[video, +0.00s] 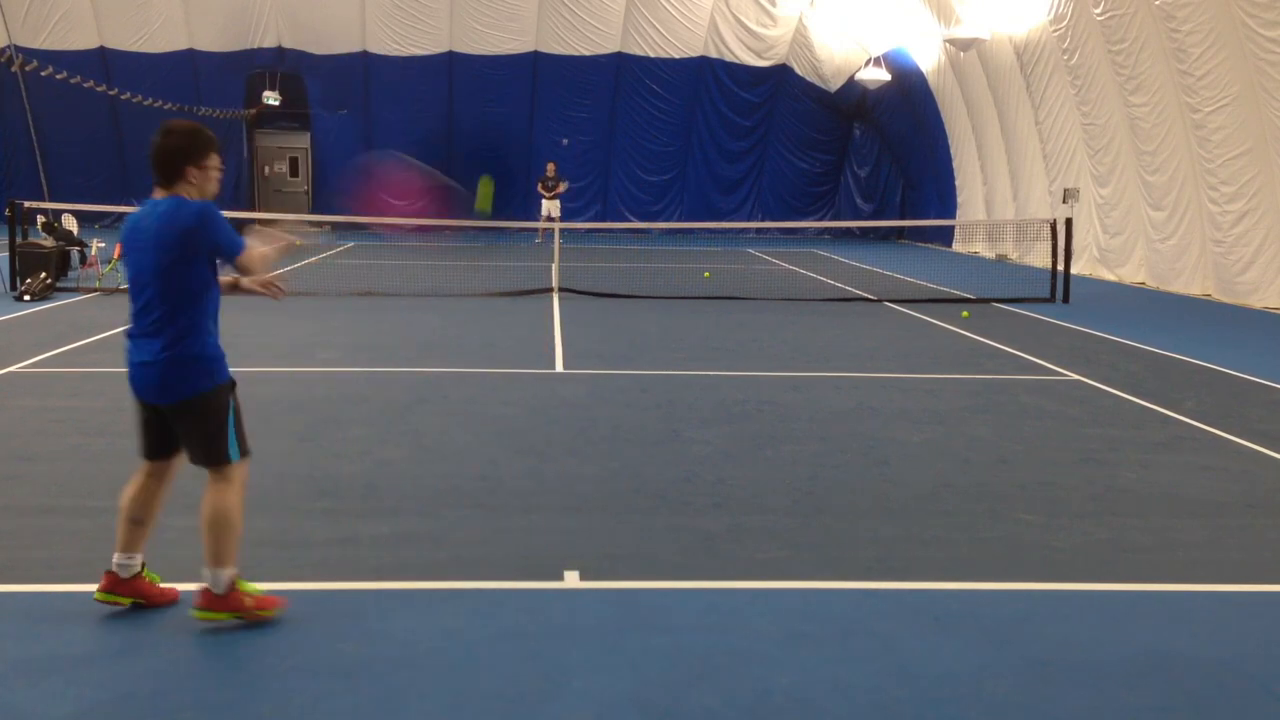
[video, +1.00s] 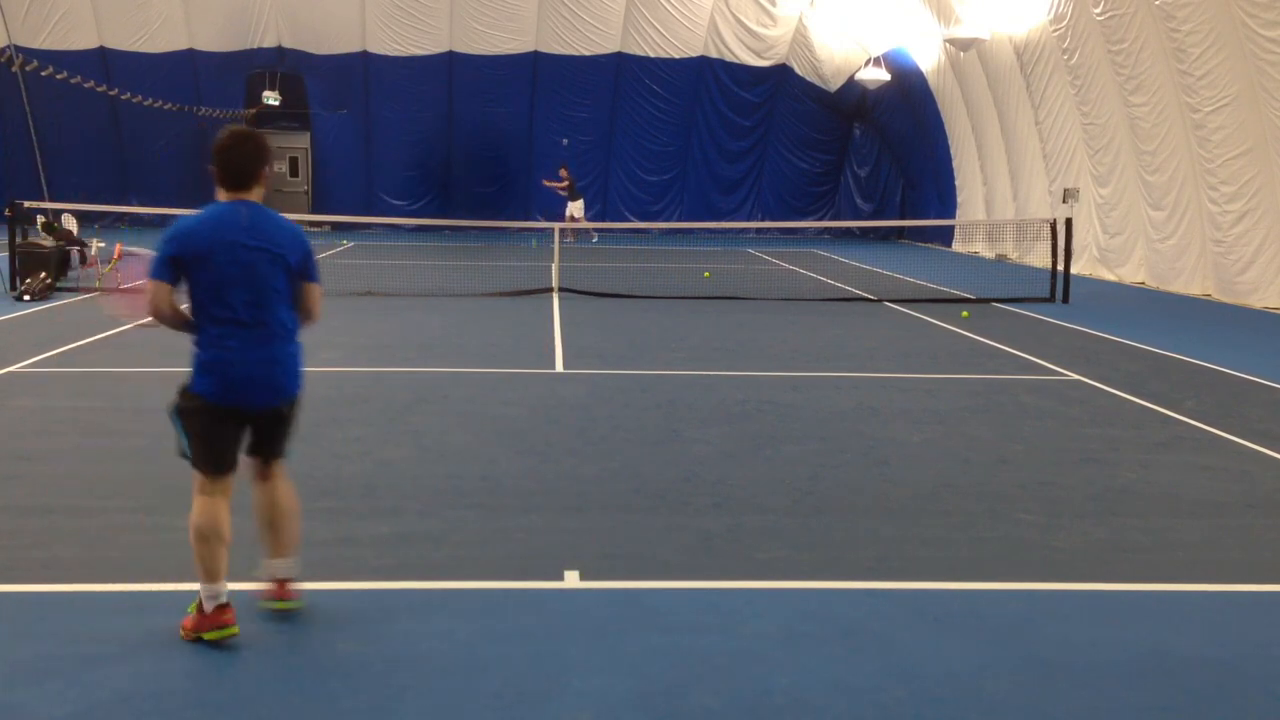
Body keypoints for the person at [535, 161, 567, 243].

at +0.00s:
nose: (550, 168)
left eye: (552, 166)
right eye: (548, 166)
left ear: (554, 168)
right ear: (546, 167)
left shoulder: (558, 178)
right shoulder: (543, 178)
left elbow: (561, 188)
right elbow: (539, 188)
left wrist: (553, 193)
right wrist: (546, 194)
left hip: (555, 200)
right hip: (545, 200)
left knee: (557, 219)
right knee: (543, 218)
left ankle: (557, 237)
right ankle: (540, 237)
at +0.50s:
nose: (556, 171)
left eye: (558, 169)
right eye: (555, 169)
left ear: (561, 170)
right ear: (553, 171)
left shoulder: (566, 179)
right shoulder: (553, 180)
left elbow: (568, 190)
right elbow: (551, 188)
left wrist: (557, 191)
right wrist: (552, 194)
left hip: (565, 201)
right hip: (556, 200)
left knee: (566, 219)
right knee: (552, 218)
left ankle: (570, 237)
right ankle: (545, 236)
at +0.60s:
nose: (558, 171)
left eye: (559, 169)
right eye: (556, 169)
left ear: (563, 169)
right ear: (555, 170)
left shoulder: (567, 178)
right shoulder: (556, 179)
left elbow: (566, 189)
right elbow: (555, 191)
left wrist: (555, 186)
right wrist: (552, 189)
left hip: (568, 200)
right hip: (560, 199)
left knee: (567, 219)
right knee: (556, 218)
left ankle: (570, 237)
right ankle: (552, 236)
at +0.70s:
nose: (558, 170)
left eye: (560, 168)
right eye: (557, 168)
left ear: (563, 168)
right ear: (556, 169)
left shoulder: (567, 176)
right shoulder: (559, 177)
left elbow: (561, 185)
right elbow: (555, 188)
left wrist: (551, 180)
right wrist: (548, 181)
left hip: (571, 198)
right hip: (563, 198)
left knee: (569, 216)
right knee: (561, 216)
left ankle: (571, 237)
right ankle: (563, 236)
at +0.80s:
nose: (559, 170)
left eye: (561, 168)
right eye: (558, 168)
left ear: (564, 168)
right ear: (557, 169)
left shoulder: (566, 176)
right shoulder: (560, 177)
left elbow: (559, 183)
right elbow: (551, 185)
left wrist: (550, 175)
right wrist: (549, 177)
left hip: (573, 198)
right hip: (566, 198)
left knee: (574, 217)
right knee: (566, 217)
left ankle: (577, 236)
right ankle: (568, 235)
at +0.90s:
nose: (560, 172)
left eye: (561, 170)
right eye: (559, 170)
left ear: (565, 170)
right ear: (558, 171)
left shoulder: (567, 178)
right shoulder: (563, 179)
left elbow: (558, 183)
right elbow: (557, 187)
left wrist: (548, 176)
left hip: (575, 200)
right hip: (568, 201)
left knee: (577, 218)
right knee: (567, 218)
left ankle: (587, 234)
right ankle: (570, 236)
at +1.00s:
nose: (560, 174)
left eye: (561, 172)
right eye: (560, 172)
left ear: (566, 172)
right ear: (561, 174)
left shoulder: (569, 180)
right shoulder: (566, 182)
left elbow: (561, 185)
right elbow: (566, 193)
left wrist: (548, 184)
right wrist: (557, 190)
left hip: (577, 201)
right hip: (570, 201)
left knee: (581, 220)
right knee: (567, 219)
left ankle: (593, 234)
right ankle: (570, 236)